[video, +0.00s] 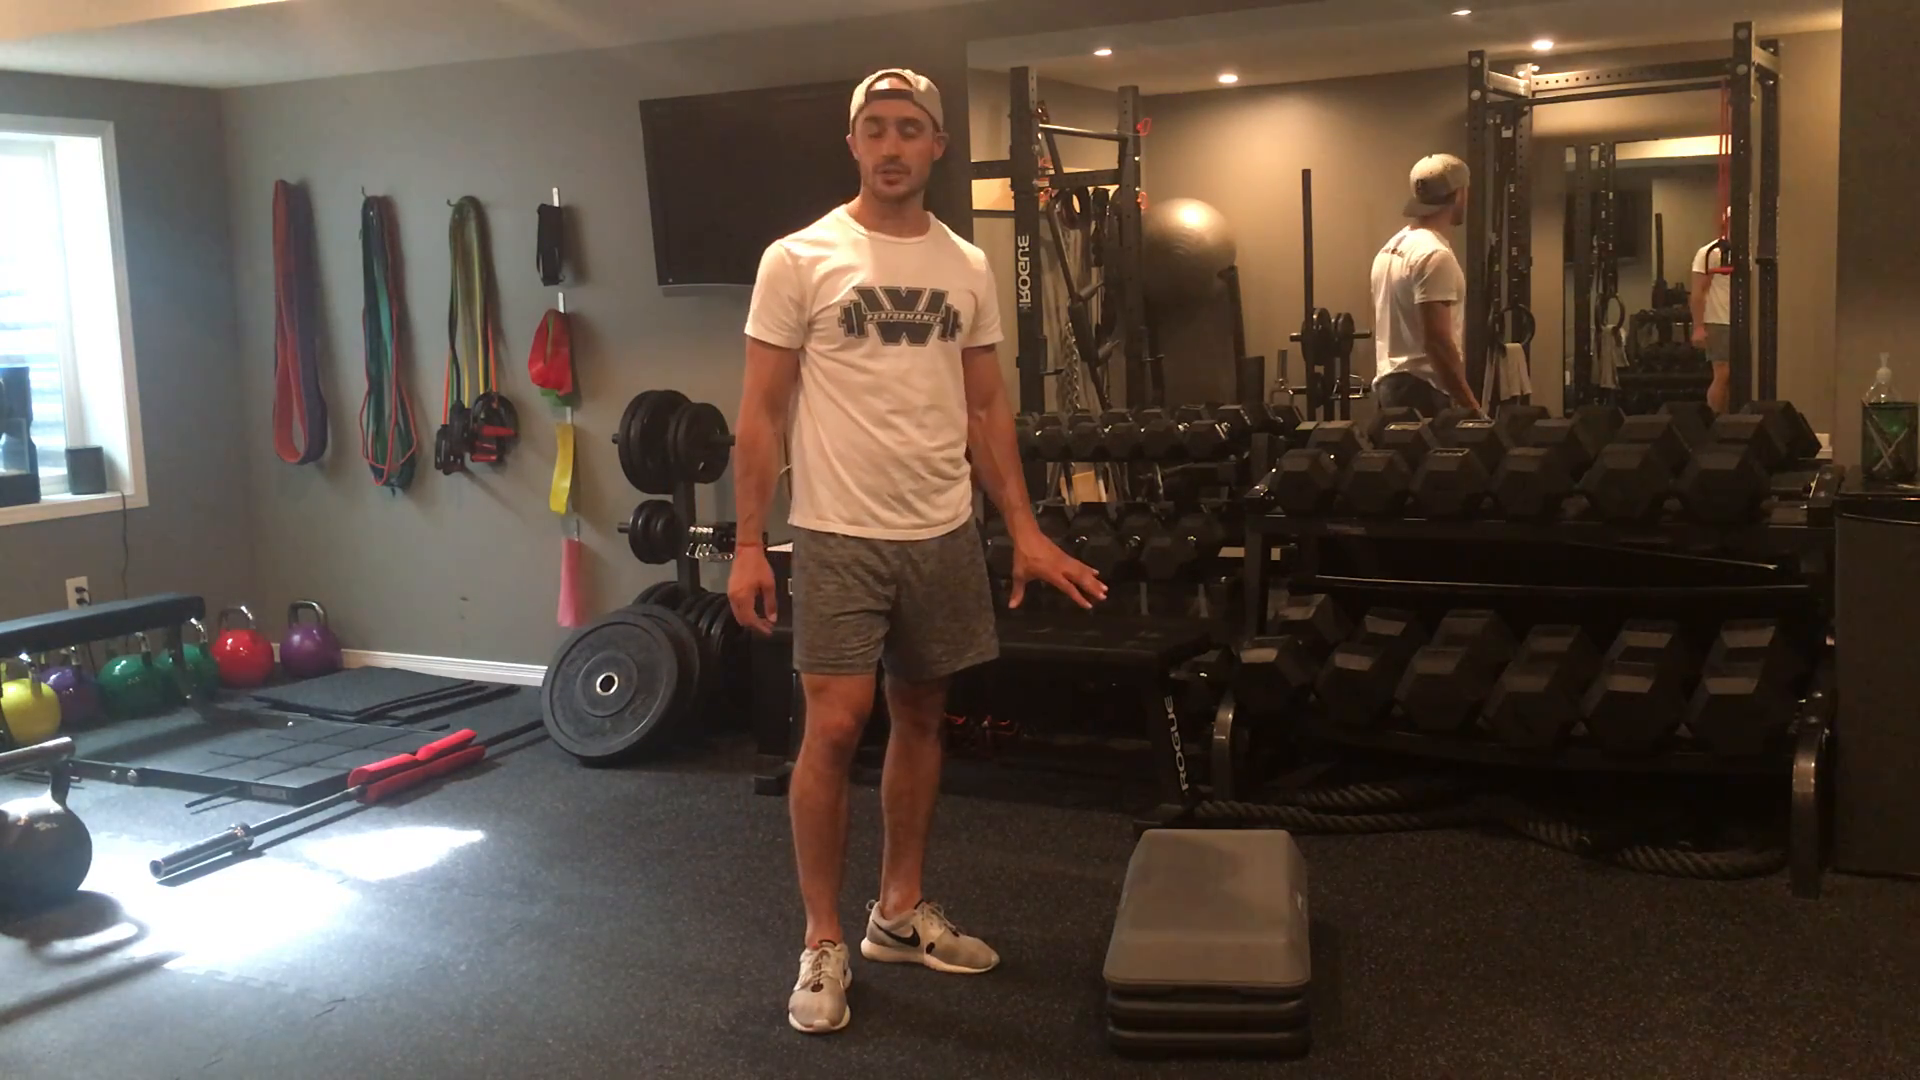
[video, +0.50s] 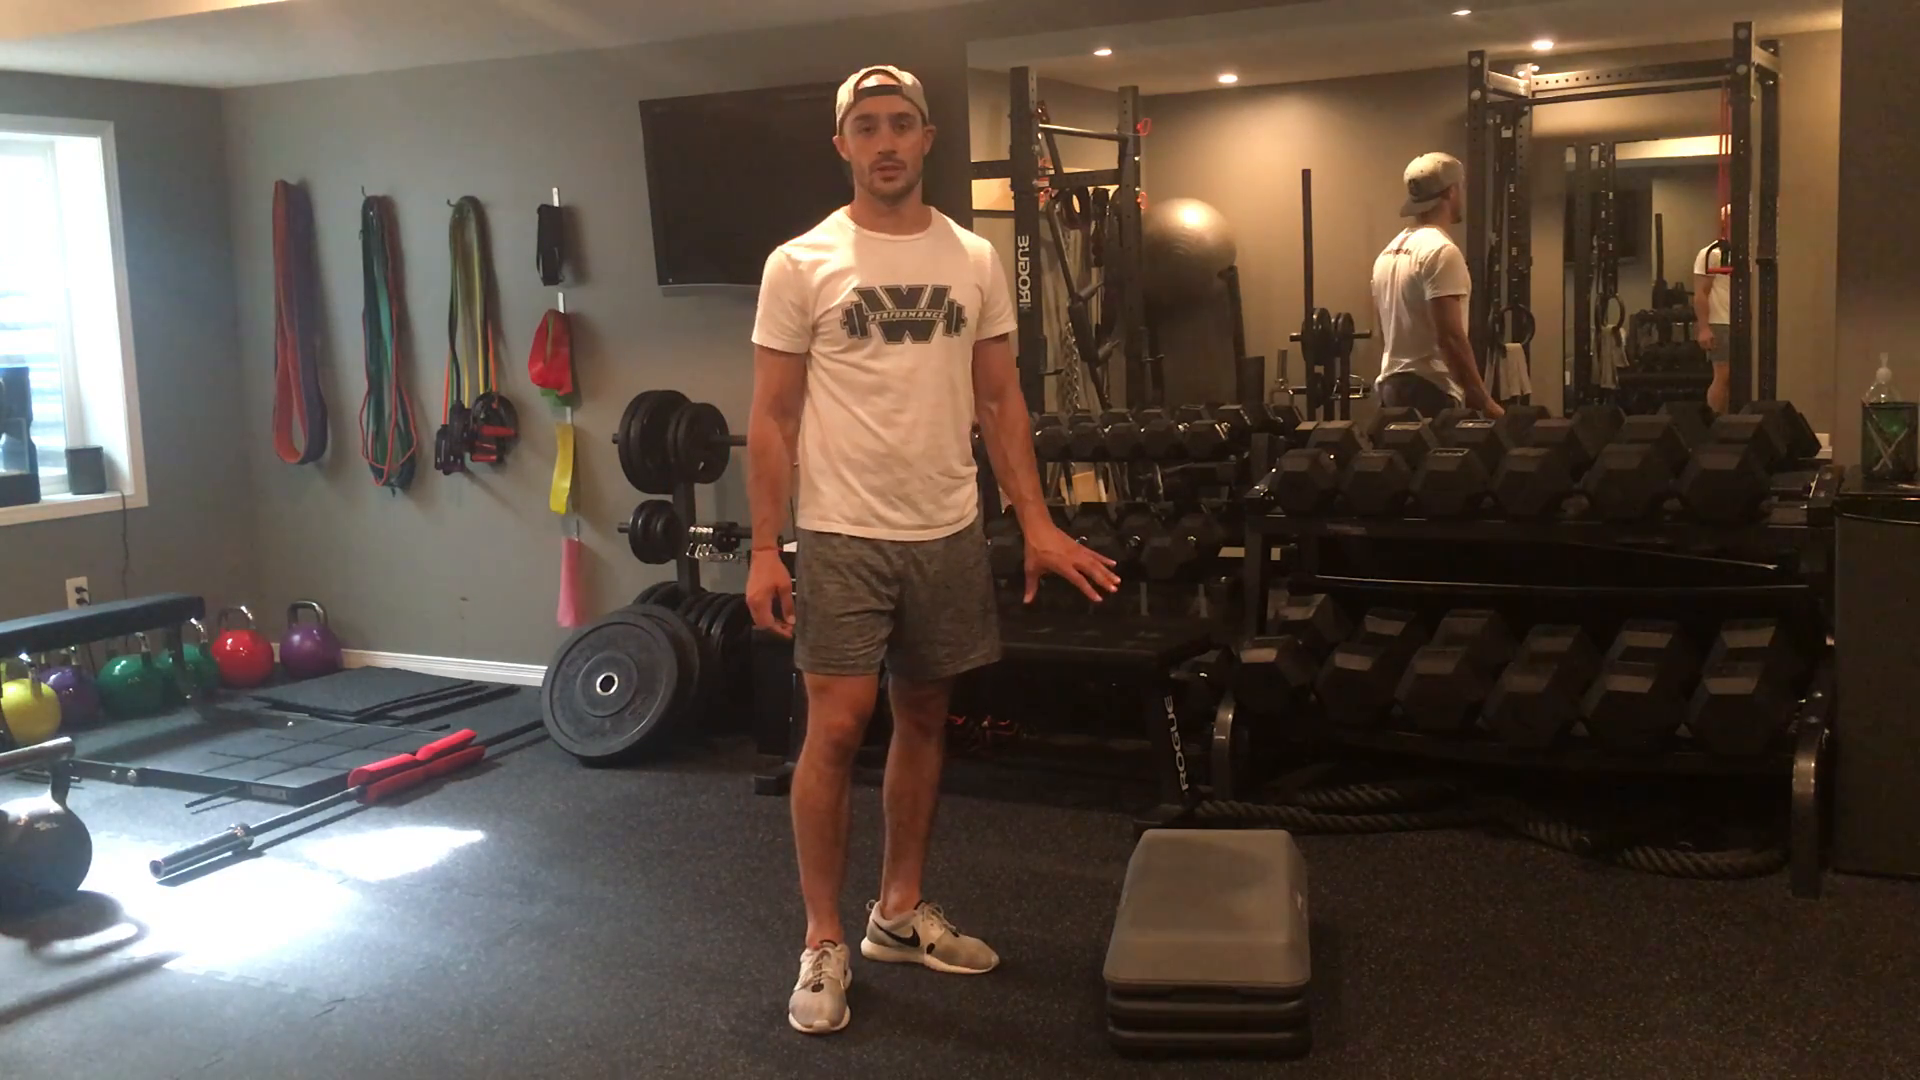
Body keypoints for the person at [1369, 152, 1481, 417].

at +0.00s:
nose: (1467, 199)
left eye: (1467, 191)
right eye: (1466, 192)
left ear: (1420, 194)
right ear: (1458, 196)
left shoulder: (1389, 249)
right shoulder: (1434, 254)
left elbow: (1387, 328)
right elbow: (1438, 341)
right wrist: (1471, 406)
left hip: (1389, 388)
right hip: (1423, 393)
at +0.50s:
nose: (1464, 196)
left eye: (1463, 188)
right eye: (1462, 188)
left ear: (1418, 197)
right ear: (1451, 193)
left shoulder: (1388, 253)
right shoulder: (1441, 250)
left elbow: (1386, 333)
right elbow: (1451, 338)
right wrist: (1483, 400)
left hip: (1391, 388)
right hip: (1431, 391)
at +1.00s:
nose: (1469, 199)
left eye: (1468, 190)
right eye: (1466, 190)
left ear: (1422, 196)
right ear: (1452, 194)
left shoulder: (1389, 251)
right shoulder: (1438, 252)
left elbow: (1379, 332)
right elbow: (1445, 340)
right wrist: (1477, 405)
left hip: (1390, 389)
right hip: (1427, 392)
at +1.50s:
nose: (1469, 202)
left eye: (1469, 193)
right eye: (1468, 193)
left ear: (1425, 195)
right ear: (1453, 193)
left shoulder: (1399, 245)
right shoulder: (1429, 253)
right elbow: (1430, 339)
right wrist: (1462, 405)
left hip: (1393, 386)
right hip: (1419, 391)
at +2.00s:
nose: (1477, 215)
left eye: (1479, 205)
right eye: (1471, 204)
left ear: (1444, 199)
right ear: (1443, 199)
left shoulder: (1440, 249)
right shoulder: (1409, 247)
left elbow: (1429, 327)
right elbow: (1395, 327)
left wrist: (1444, 394)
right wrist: (1438, 392)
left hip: (1428, 394)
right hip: (1400, 392)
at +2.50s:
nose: (1507, 211)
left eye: (1509, 201)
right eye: (1497, 202)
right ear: (1468, 204)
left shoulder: (1499, 252)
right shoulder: (1423, 255)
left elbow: (1482, 323)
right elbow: (1368, 311)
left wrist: (1499, 371)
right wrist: (1406, 370)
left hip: (1469, 404)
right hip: (1426, 403)